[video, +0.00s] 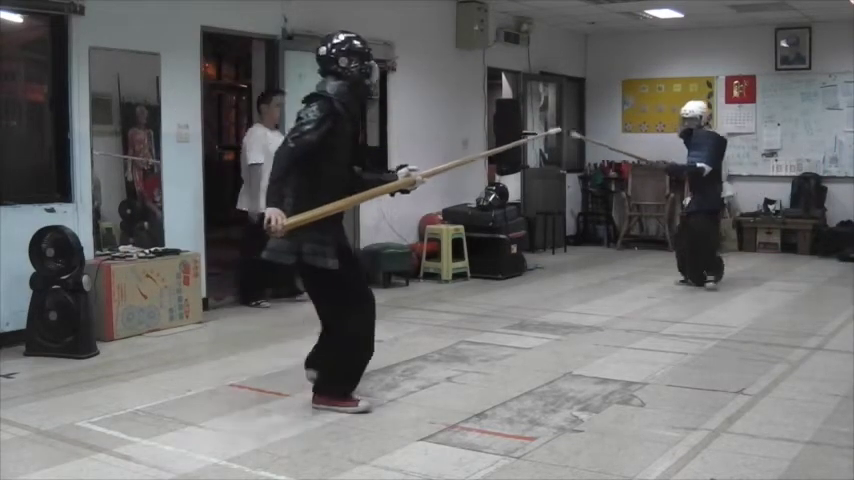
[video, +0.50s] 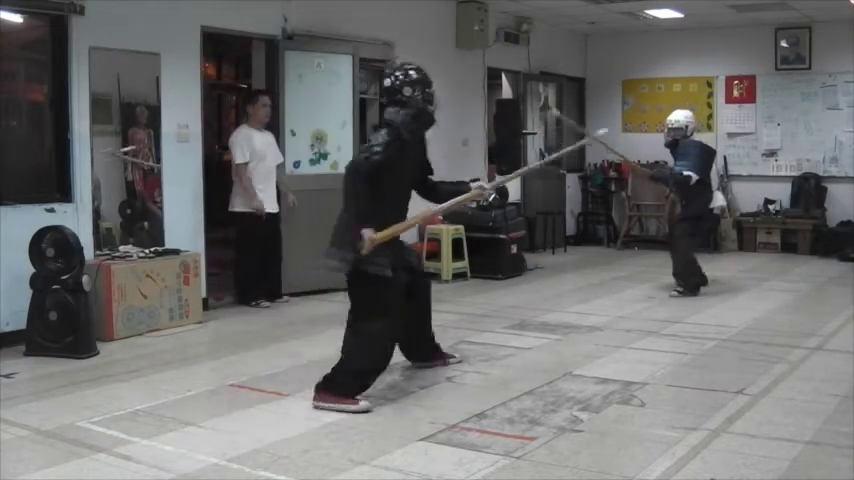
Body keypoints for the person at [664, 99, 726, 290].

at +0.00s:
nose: (686, 125)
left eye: (690, 120)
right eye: (685, 120)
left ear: (701, 120)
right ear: (685, 120)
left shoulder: (709, 138)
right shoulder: (693, 139)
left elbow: (701, 170)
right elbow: (695, 167)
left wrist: (672, 168)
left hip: (707, 197)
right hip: (695, 197)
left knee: (699, 234)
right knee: (685, 235)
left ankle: (715, 268)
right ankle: (693, 275)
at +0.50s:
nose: (672, 135)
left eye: (677, 130)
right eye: (670, 130)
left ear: (688, 130)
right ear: (666, 130)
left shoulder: (692, 148)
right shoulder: (679, 149)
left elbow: (686, 178)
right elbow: (679, 175)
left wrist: (656, 173)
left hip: (700, 206)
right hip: (690, 205)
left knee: (679, 237)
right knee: (676, 237)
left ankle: (690, 285)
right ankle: (694, 277)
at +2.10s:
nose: (670, 121)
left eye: (675, 117)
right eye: (669, 117)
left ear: (687, 117)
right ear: (668, 116)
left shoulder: (692, 137)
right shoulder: (680, 138)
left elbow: (686, 171)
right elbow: (681, 167)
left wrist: (652, 176)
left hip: (693, 196)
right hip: (683, 195)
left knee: (683, 236)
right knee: (678, 235)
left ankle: (693, 282)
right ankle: (687, 276)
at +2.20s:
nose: (671, 119)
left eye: (676, 116)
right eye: (670, 115)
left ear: (688, 117)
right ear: (668, 115)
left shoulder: (694, 137)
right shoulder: (681, 137)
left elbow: (689, 171)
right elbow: (682, 168)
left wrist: (652, 173)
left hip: (692, 195)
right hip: (683, 195)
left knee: (683, 235)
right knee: (680, 235)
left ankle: (692, 282)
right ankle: (693, 276)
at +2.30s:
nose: (672, 119)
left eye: (677, 115)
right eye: (671, 115)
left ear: (689, 116)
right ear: (669, 114)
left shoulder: (695, 136)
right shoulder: (682, 137)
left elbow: (694, 170)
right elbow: (685, 167)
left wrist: (660, 173)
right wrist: (663, 169)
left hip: (692, 196)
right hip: (683, 195)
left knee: (683, 235)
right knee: (679, 234)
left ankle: (693, 281)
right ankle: (691, 276)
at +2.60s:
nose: (676, 120)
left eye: (681, 116)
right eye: (675, 116)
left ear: (692, 117)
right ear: (675, 115)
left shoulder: (698, 137)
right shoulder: (684, 138)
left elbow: (698, 169)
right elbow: (686, 167)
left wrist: (669, 172)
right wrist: (669, 169)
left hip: (697, 196)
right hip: (685, 195)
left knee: (687, 234)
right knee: (678, 234)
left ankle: (694, 281)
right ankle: (694, 274)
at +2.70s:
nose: (676, 120)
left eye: (681, 116)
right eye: (675, 116)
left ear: (692, 117)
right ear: (676, 115)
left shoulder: (699, 136)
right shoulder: (685, 138)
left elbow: (696, 168)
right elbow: (686, 166)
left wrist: (668, 174)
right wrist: (669, 170)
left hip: (697, 196)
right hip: (685, 195)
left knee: (687, 234)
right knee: (678, 234)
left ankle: (694, 280)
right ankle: (693, 273)